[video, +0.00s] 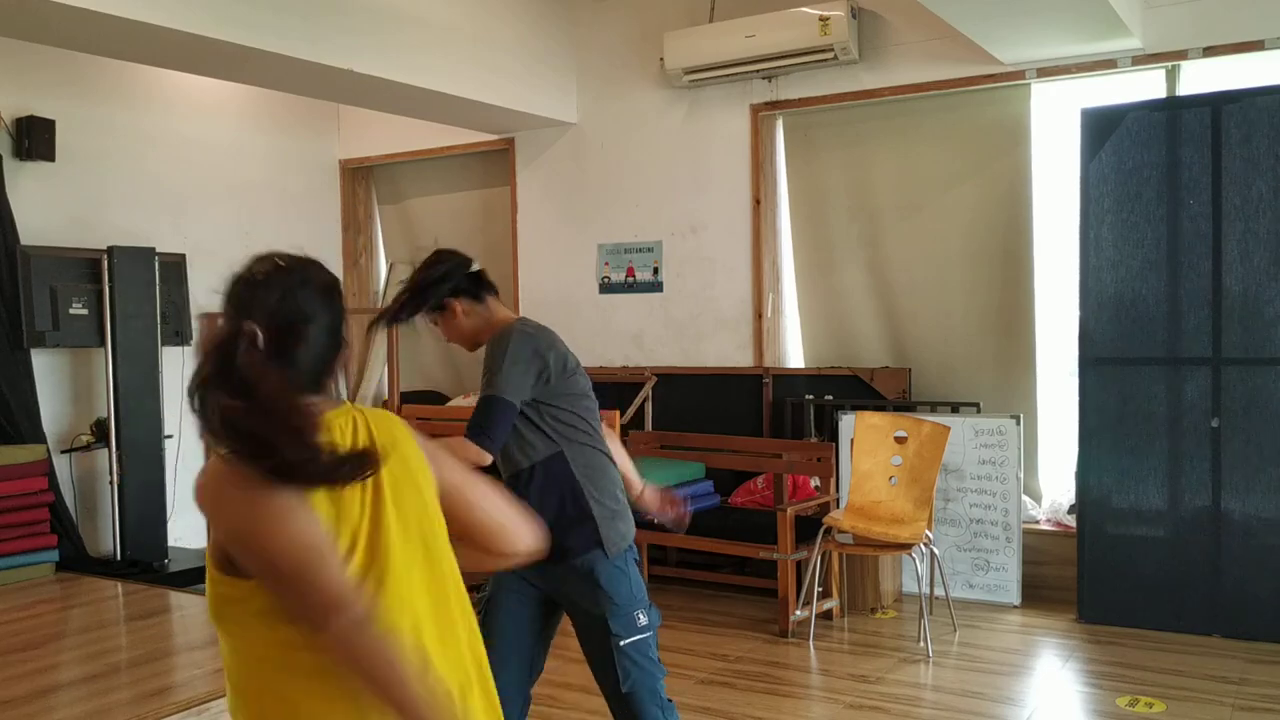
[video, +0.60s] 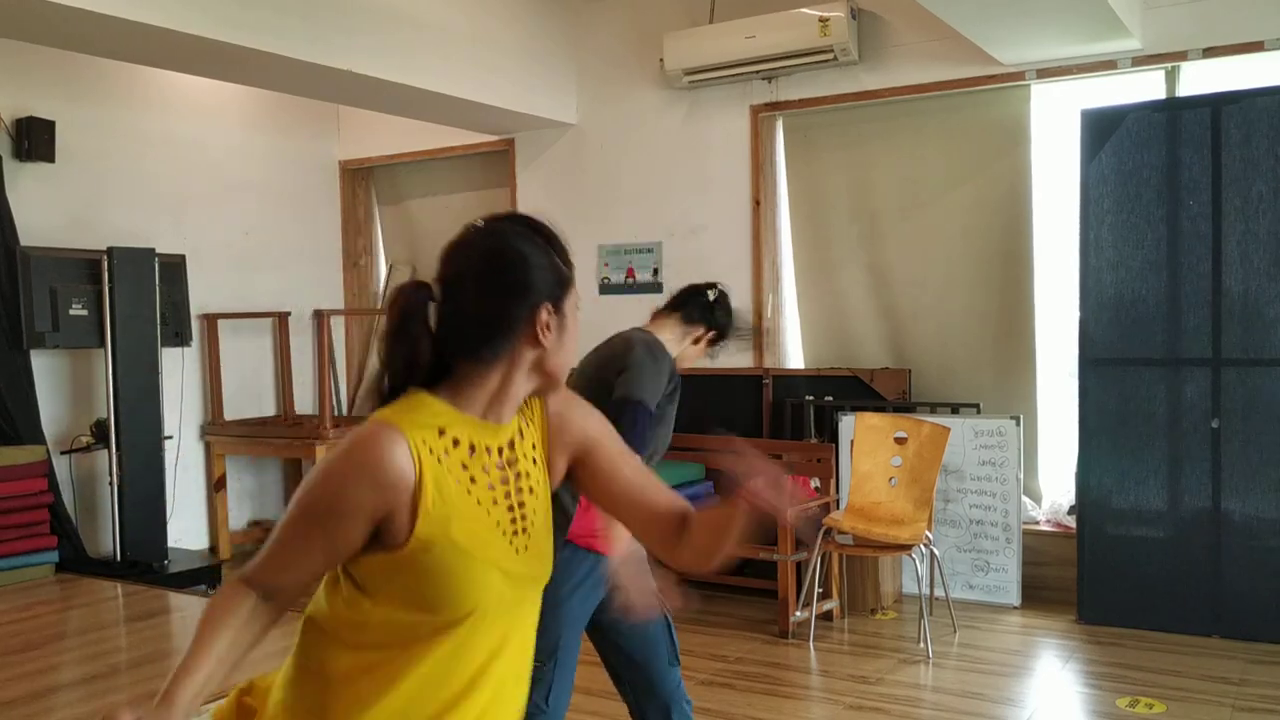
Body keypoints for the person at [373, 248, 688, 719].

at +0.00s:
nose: (441, 334)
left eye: (438, 319)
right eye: (435, 323)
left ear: (458, 303)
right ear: (471, 297)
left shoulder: (521, 341)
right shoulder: (517, 347)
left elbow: (480, 449)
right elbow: (597, 428)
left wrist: (405, 448)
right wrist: (639, 490)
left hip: (594, 546)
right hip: (531, 550)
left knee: (640, 702)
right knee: (498, 695)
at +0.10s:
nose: (446, 322)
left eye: (451, 307)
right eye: (442, 311)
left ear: (487, 293)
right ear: (485, 295)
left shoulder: (530, 341)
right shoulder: (506, 351)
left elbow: (503, 445)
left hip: (603, 549)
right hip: (533, 552)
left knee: (639, 699)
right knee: (503, 695)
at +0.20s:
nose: (473, 303)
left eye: (484, 288)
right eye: (468, 290)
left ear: (522, 286)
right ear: (464, 293)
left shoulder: (548, 349)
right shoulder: (508, 364)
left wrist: (497, 463)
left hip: (606, 556)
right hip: (534, 559)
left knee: (654, 702)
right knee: (502, 696)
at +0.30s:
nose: (527, 285)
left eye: (539, 270)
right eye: (515, 272)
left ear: (565, 277)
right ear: (500, 280)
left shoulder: (597, 351)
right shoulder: (497, 364)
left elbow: (689, 408)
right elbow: (488, 445)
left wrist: (607, 452)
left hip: (610, 557)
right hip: (519, 561)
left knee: (662, 701)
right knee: (501, 707)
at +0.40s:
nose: (646, 285)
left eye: (651, 275)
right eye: (633, 271)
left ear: (656, 281)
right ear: (591, 276)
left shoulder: (644, 350)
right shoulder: (546, 343)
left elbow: (614, 425)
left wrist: (670, 419)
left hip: (614, 547)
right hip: (540, 552)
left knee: (659, 701)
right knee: (512, 700)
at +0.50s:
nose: (691, 329)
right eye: (696, 321)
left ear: (643, 289)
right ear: (688, 321)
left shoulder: (599, 340)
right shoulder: (637, 359)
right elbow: (548, 441)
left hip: (617, 543)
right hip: (570, 541)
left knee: (662, 687)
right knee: (533, 695)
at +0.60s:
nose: (701, 358)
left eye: (706, 350)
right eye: (707, 349)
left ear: (667, 311)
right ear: (702, 336)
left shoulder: (636, 351)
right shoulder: (644, 361)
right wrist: (628, 559)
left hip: (609, 544)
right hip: (572, 544)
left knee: (663, 697)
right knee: (544, 697)